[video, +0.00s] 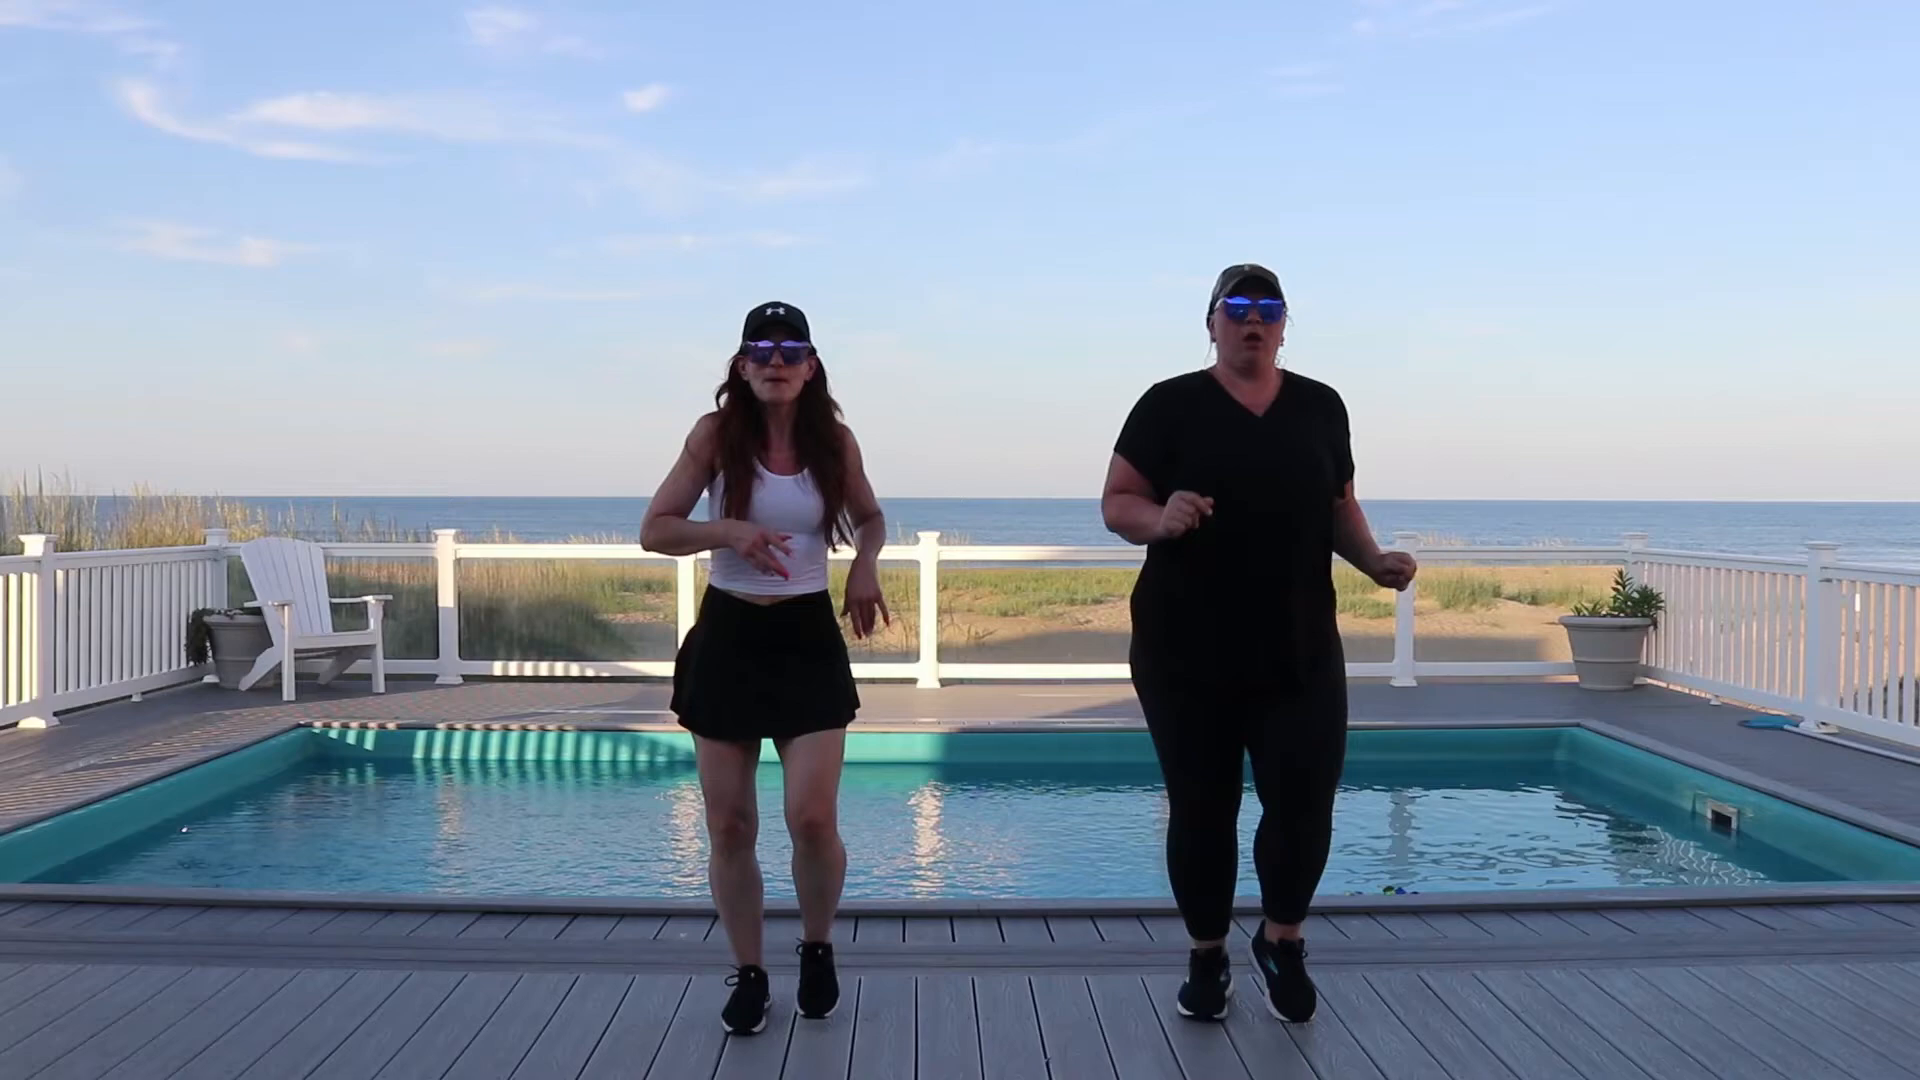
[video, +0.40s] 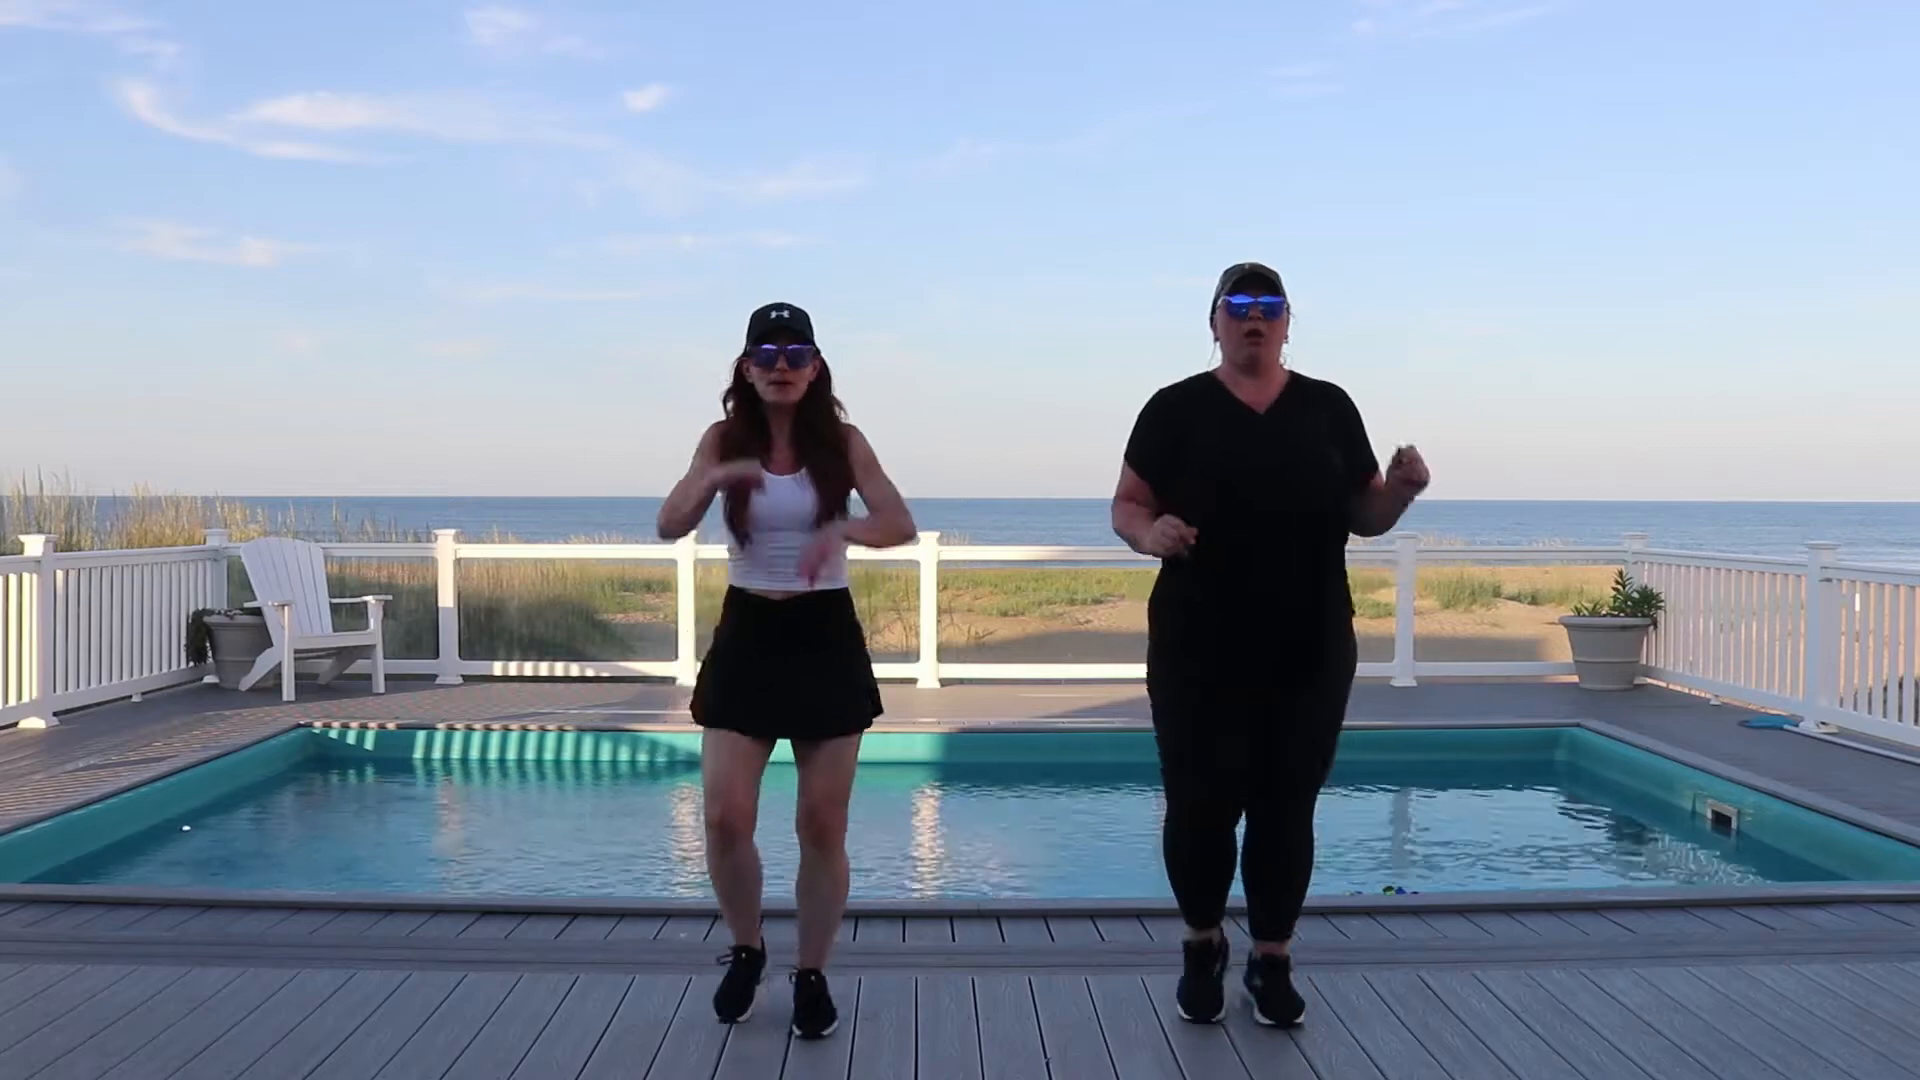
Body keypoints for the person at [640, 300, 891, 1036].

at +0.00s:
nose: (779, 365)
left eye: (793, 353)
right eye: (765, 354)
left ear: (812, 363)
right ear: (743, 364)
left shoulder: (832, 438)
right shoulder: (716, 434)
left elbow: (871, 517)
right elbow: (657, 530)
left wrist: (864, 563)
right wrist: (725, 532)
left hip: (809, 639)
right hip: (728, 638)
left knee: (811, 821)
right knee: (730, 826)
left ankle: (817, 950)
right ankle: (749, 973)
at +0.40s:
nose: (781, 368)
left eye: (796, 356)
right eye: (766, 357)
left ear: (816, 366)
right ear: (746, 367)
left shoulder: (840, 440)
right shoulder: (723, 438)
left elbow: (899, 524)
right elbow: (670, 524)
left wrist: (841, 532)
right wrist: (717, 477)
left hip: (826, 637)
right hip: (746, 637)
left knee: (822, 824)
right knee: (724, 820)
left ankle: (812, 973)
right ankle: (746, 949)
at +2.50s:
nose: (781, 390)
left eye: (794, 377)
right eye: (765, 377)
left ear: (813, 386)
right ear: (743, 388)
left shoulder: (836, 461)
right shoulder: (728, 457)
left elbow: (863, 552)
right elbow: (666, 479)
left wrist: (783, 570)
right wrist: (714, 407)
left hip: (832, 657)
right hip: (753, 658)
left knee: (820, 850)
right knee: (705, 829)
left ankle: (793, 974)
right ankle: (737, 969)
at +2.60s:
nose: (773, 380)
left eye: (788, 367)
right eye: (760, 368)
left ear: (810, 377)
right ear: (741, 379)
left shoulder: (836, 451)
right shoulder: (729, 448)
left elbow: (855, 538)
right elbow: (686, 478)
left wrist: (760, 536)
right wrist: (705, 367)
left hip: (835, 649)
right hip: (755, 649)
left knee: (823, 836)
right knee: (724, 826)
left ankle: (794, 975)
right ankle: (736, 1000)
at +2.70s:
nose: (772, 371)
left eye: (787, 358)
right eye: (758, 359)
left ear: (810, 365)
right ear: (738, 366)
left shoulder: (834, 435)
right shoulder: (724, 434)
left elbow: (861, 523)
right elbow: (694, 490)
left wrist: (761, 515)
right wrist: (699, 378)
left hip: (834, 641)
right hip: (754, 642)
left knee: (827, 835)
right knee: (742, 824)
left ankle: (796, 970)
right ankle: (753, 1001)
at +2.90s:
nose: (771, 392)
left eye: (786, 377)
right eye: (757, 378)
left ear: (809, 385)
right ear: (737, 389)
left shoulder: (838, 460)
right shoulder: (723, 458)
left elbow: (864, 557)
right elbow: (705, 534)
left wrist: (774, 554)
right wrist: (703, 418)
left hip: (834, 657)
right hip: (749, 660)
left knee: (856, 850)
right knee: (745, 841)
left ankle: (816, 935)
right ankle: (774, 1014)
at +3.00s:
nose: (775, 383)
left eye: (789, 369)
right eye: (760, 370)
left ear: (812, 378)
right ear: (739, 383)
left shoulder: (840, 454)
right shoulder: (724, 454)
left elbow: (862, 545)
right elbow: (697, 524)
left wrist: (763, 546)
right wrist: (694, 411)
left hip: (840, 654)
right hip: (756, 655)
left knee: (843, 849)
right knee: (750, 835)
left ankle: (823, 950)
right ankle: (771, 1010)